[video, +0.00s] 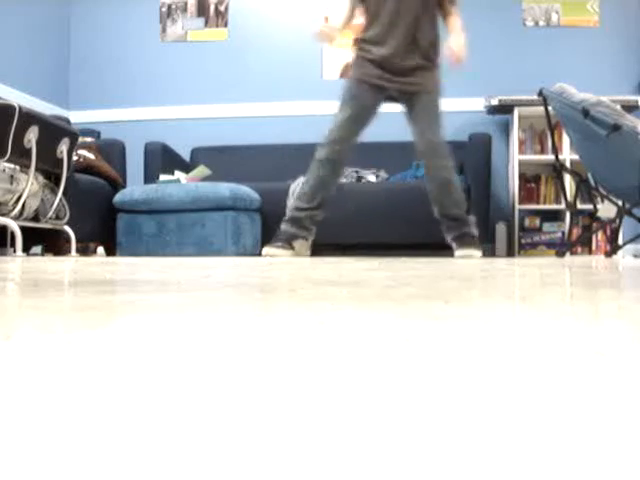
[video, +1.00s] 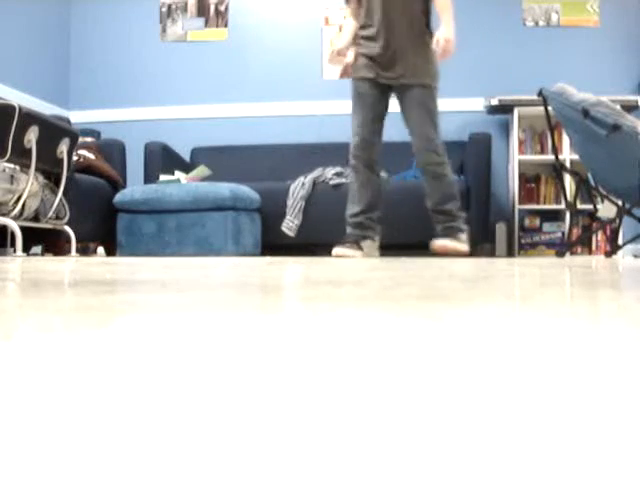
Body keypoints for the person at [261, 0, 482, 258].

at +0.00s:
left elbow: (450, 11)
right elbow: (352, 8)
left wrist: (457, 38)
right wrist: (337, 29)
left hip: (420, 68)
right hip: (371, 65)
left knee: (432, 148)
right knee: (335, 142)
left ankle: (463, 239)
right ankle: (295, 236)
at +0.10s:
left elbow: (456, 11)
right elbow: (362, 10)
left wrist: (465, 44)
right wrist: (344, 31)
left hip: (428, 69)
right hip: (378, 65)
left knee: (443, 150)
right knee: (340, 144)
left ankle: (464, 238)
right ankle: (297, 234)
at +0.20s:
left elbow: (471, 13)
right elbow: (380, 7)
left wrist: (491, 63)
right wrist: (371, 28)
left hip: (445, 57)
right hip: (400, 47)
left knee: (452, 146)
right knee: (378, 110)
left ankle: (465, 237)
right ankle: (328, 224)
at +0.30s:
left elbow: (480, 8)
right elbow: (388, 2)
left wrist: (501, 59)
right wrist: (379, 26)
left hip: (453, 46)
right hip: (410, 39)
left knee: (460, 141)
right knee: (389, 87)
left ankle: (469, 234)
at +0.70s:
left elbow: (480, 7)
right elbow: (392, 4)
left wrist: (494, 54)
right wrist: (381, 29)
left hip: (455, 54)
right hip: (409, 49)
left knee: (460, 144)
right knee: (396, 119)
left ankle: (469, 233)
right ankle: (409, 224)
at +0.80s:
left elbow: (471, 4)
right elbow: (382, 8)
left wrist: (479, 38)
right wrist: (371, 33)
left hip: (447, 56)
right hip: (402, 55)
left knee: (456, 147)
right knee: (390, 143)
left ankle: (468, 235)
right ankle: (373, 232)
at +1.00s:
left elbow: (441, 3)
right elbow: (353, 9)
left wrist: (446, 27)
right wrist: (344, 40)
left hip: (414, 53)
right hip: (368, 54)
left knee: (427, 148)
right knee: (362, 151)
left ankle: (452, 232)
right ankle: (362, 238)